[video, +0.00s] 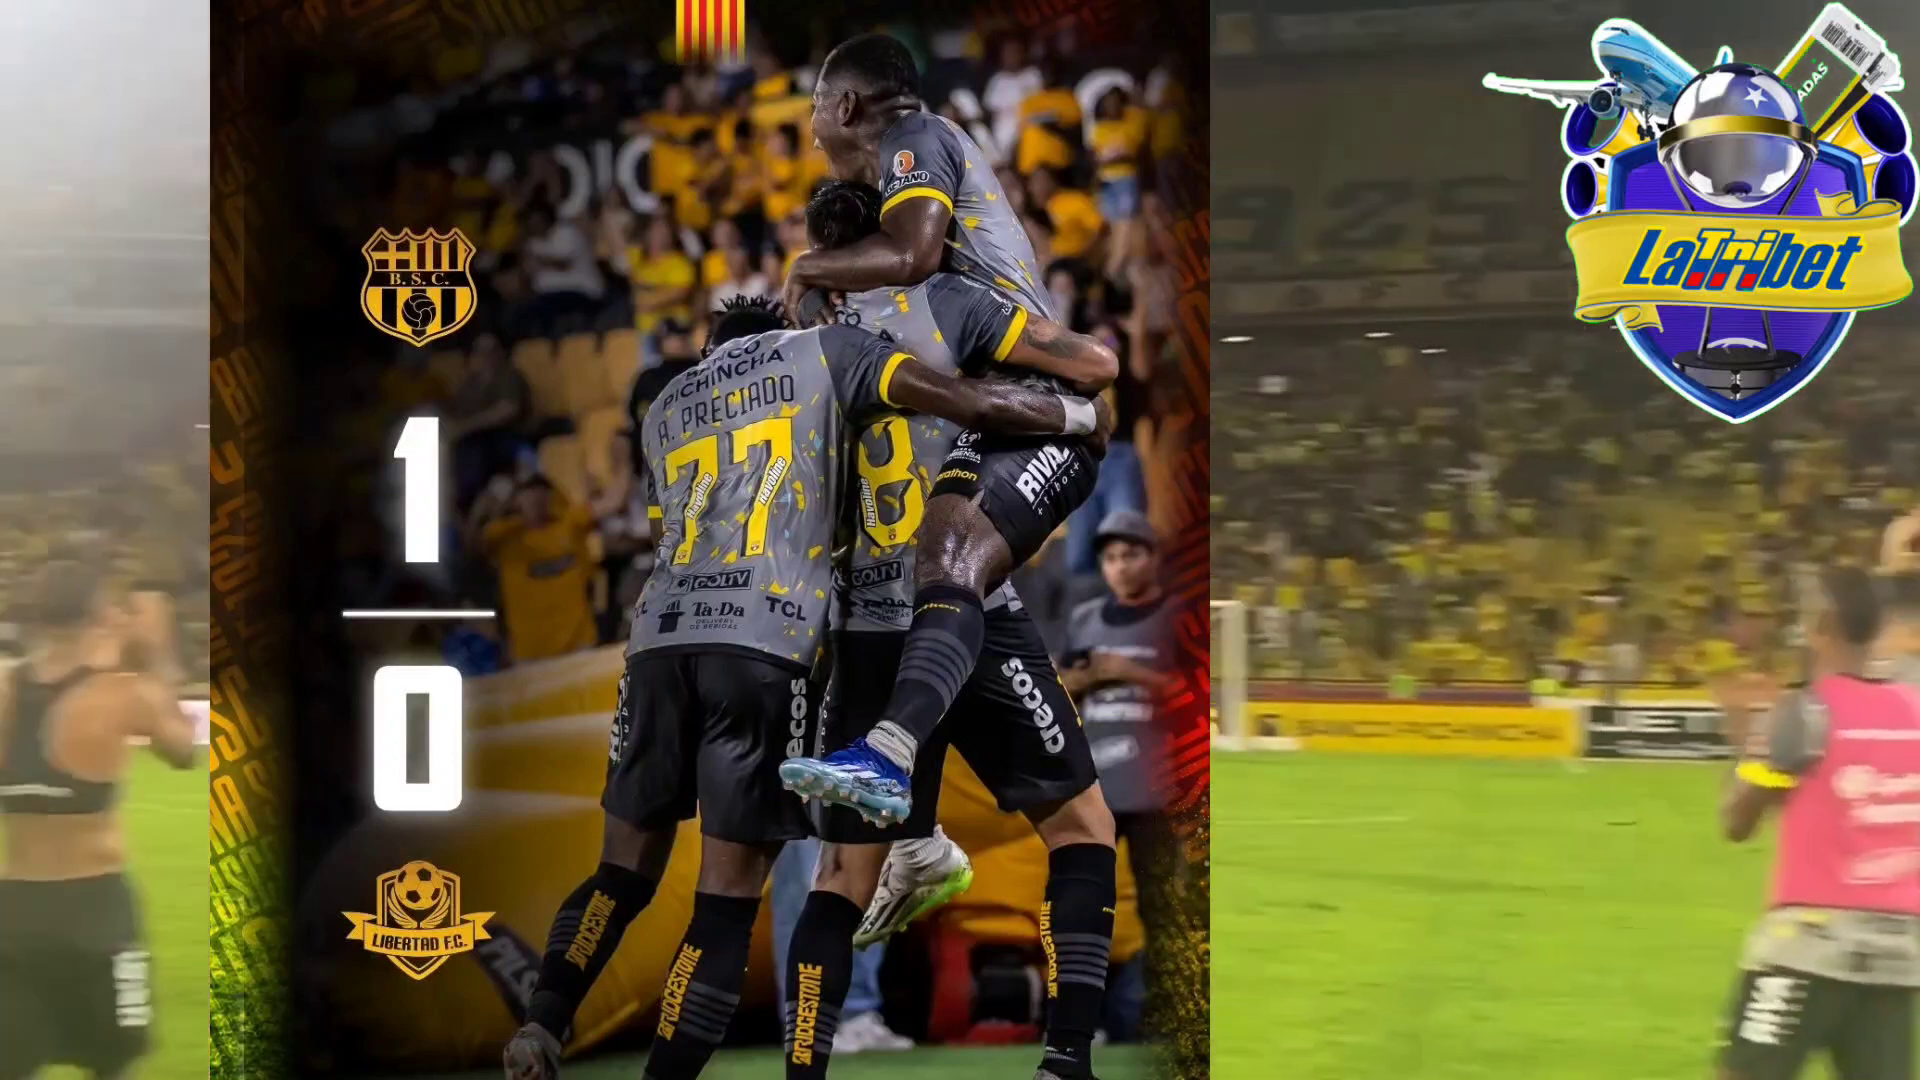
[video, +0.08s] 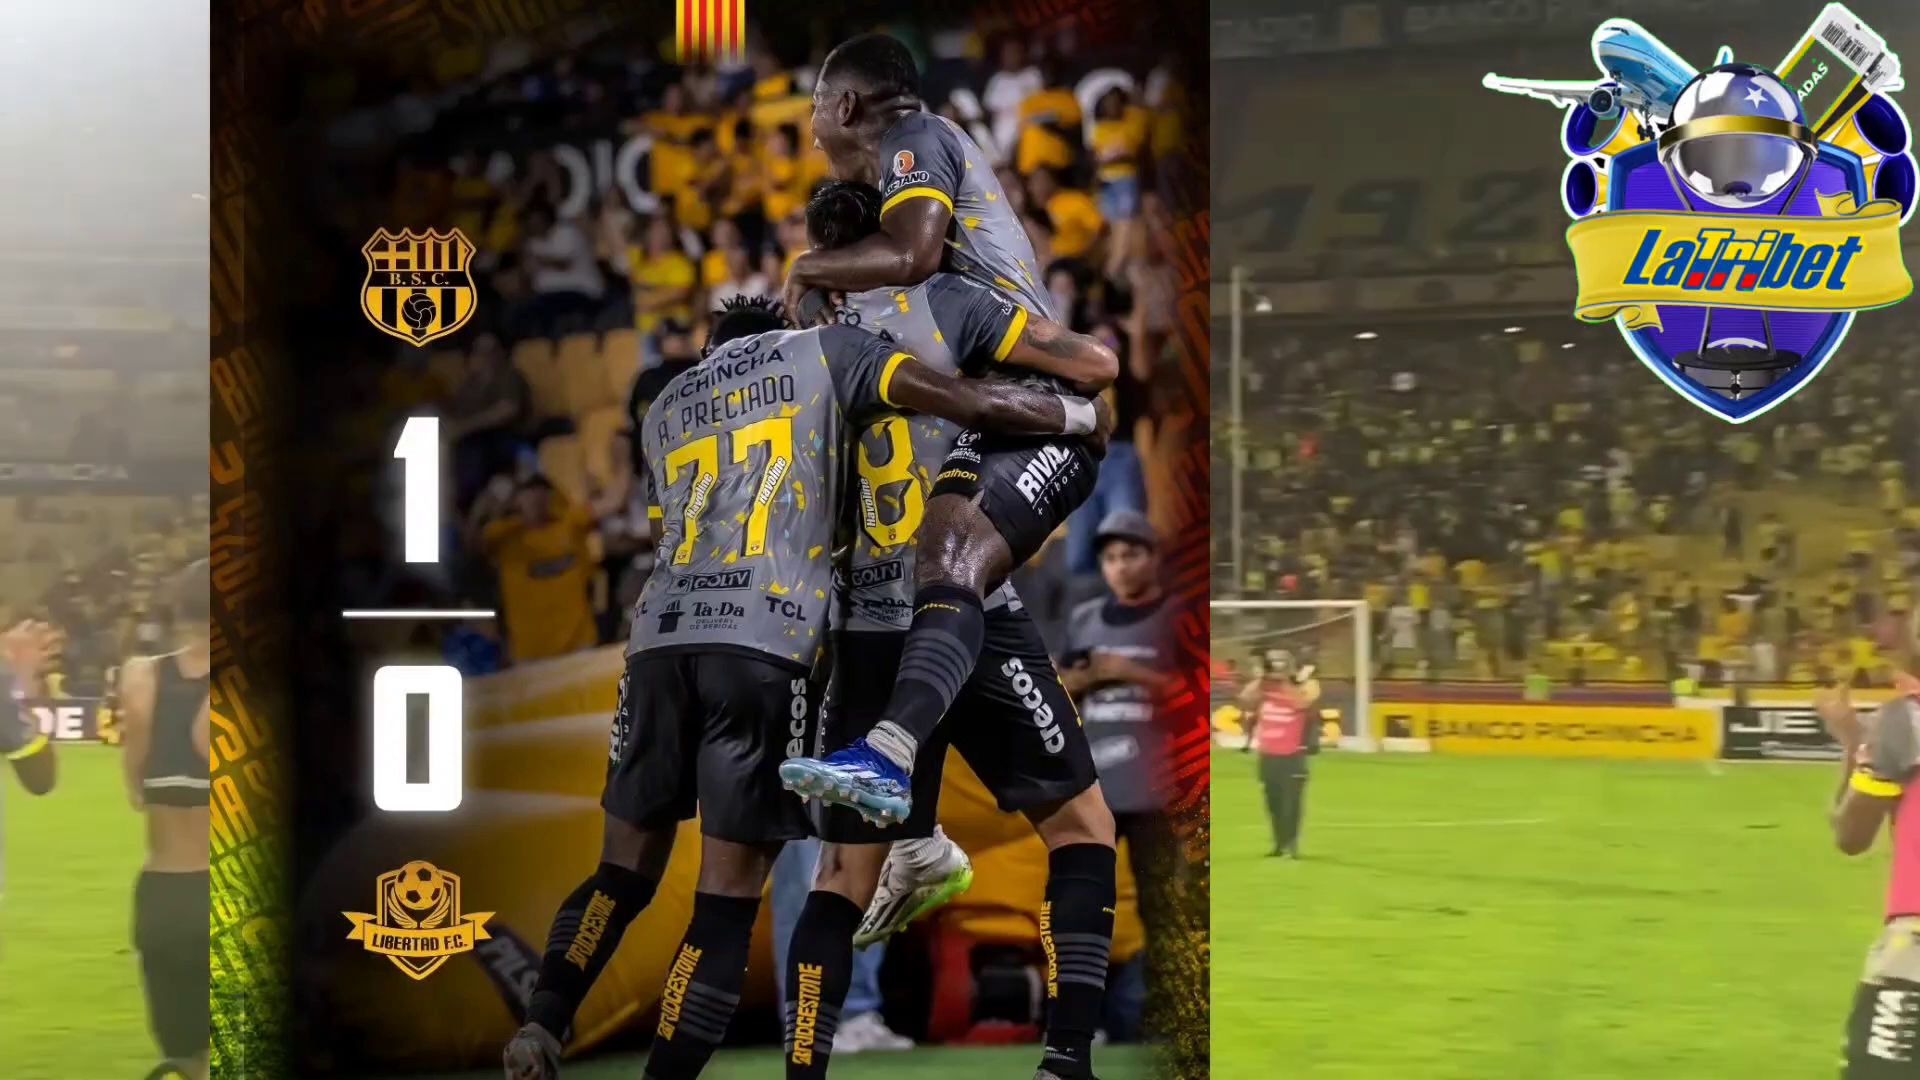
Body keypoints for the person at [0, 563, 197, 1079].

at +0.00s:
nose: (125, 616)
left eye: (119, 605)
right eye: (117, 607)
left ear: (44, 617)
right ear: (101, 616)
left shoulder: (11, 685)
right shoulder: (122, 690)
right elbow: (182, 748)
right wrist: (158, 650)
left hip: (13, 904)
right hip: (88, 905)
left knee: (14, 1061)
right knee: (114, 1060)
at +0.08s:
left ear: (177, 610)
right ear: (230, 614)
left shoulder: (143, 677)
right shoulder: (250, 683)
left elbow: (138, 787)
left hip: (164, 899)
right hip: (237, 903)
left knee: (189, 1062)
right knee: (243, 1058)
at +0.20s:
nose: (120, 602)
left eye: (115, 589)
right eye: (115, 589)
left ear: (44, 596)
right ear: (101, 596)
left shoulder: (9, 676)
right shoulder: (118, 680)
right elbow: (179, 775)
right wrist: (173, 679)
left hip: (29, 898)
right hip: (95, 898)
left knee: (108, 1060)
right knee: (59, 1065)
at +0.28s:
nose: (69, 594)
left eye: (63, 584)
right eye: (67, 584)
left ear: (7, 586)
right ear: (61, 585)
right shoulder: (82, 647)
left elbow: (168, 592)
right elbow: (169, 591)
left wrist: (107, 542)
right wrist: (109, 541)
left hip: (13, 846)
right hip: (57, 847)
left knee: (49, 1013)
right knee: (42, 1017)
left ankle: (66, 1070)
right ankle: (16, 1071)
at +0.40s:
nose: (90, 596)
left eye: (88, 585)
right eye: (81, 587)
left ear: (39, 594)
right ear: (58, 592)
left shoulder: (14, 650)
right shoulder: (73, 647)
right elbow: (106, 722)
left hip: (34, 813)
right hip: (75, 812)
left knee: (63, 940)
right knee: (107, 940)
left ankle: (66, 1060)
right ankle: (24, 1031)